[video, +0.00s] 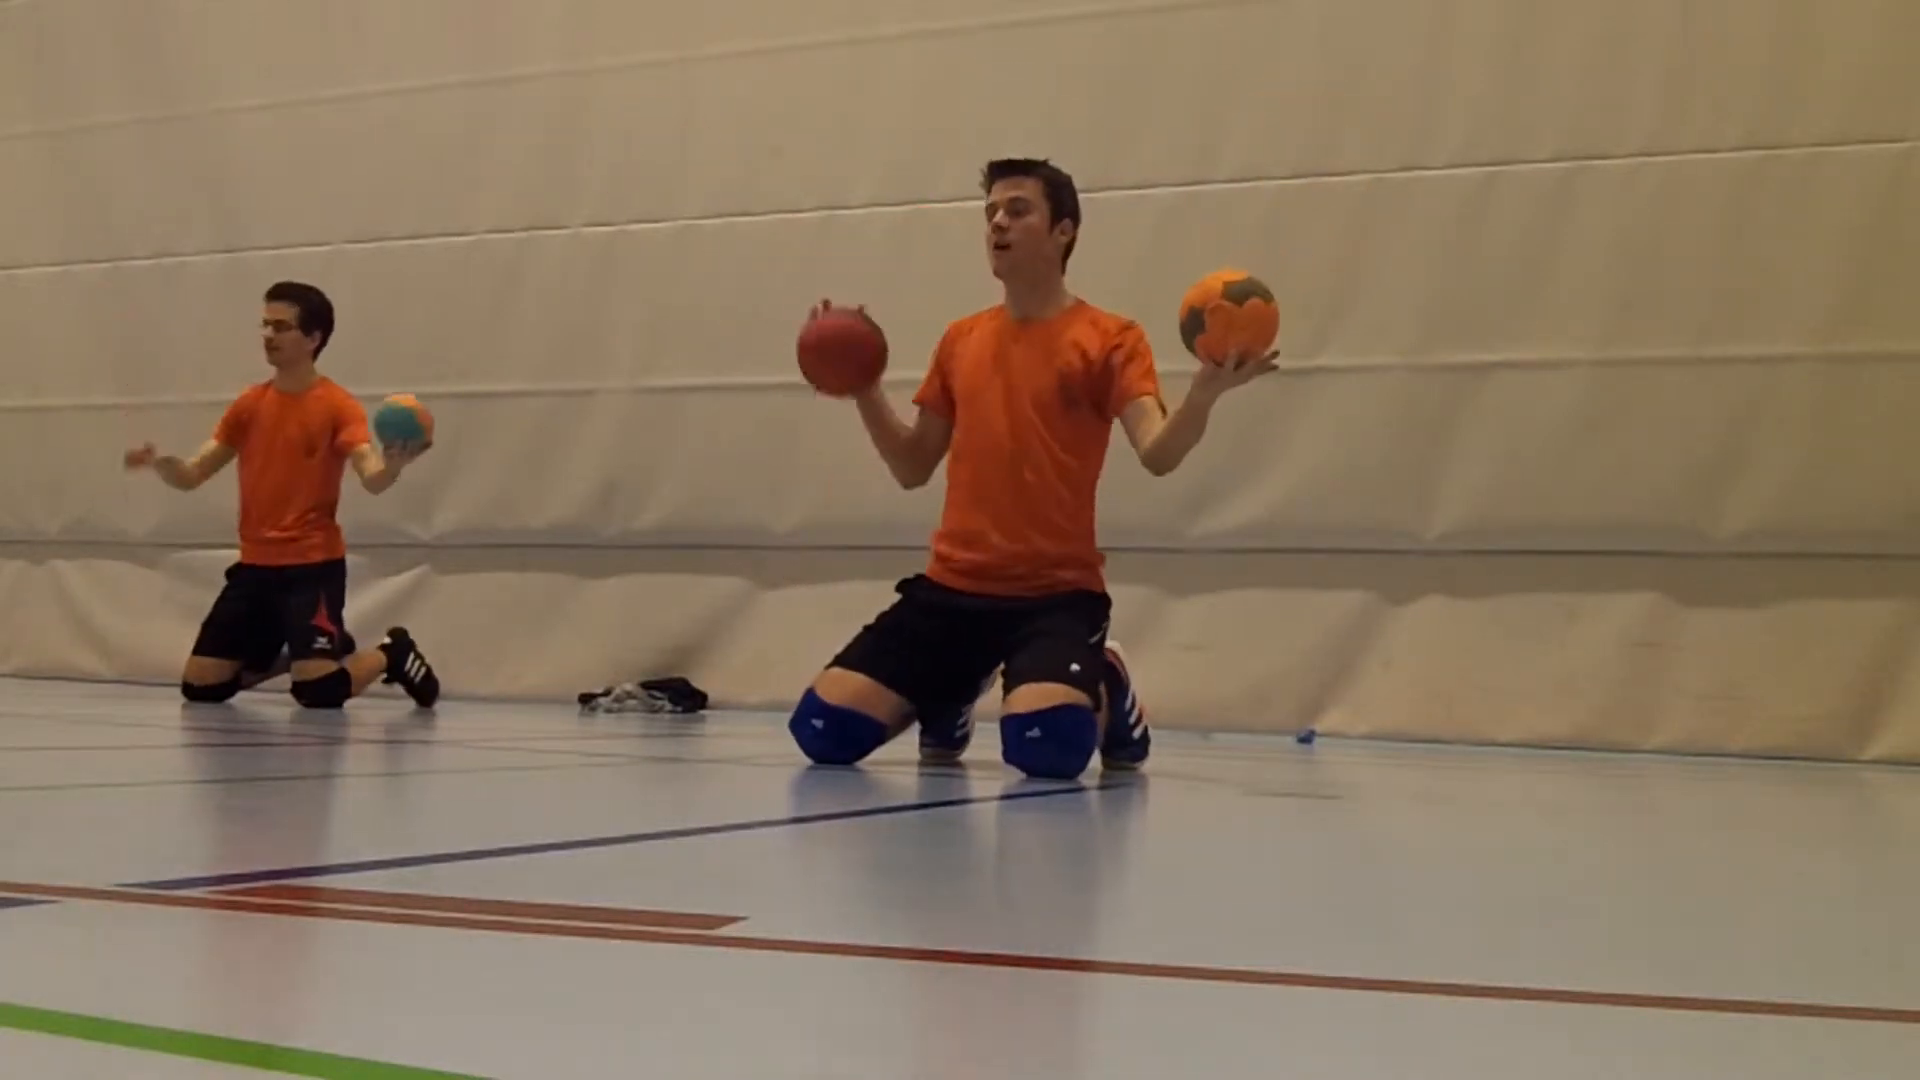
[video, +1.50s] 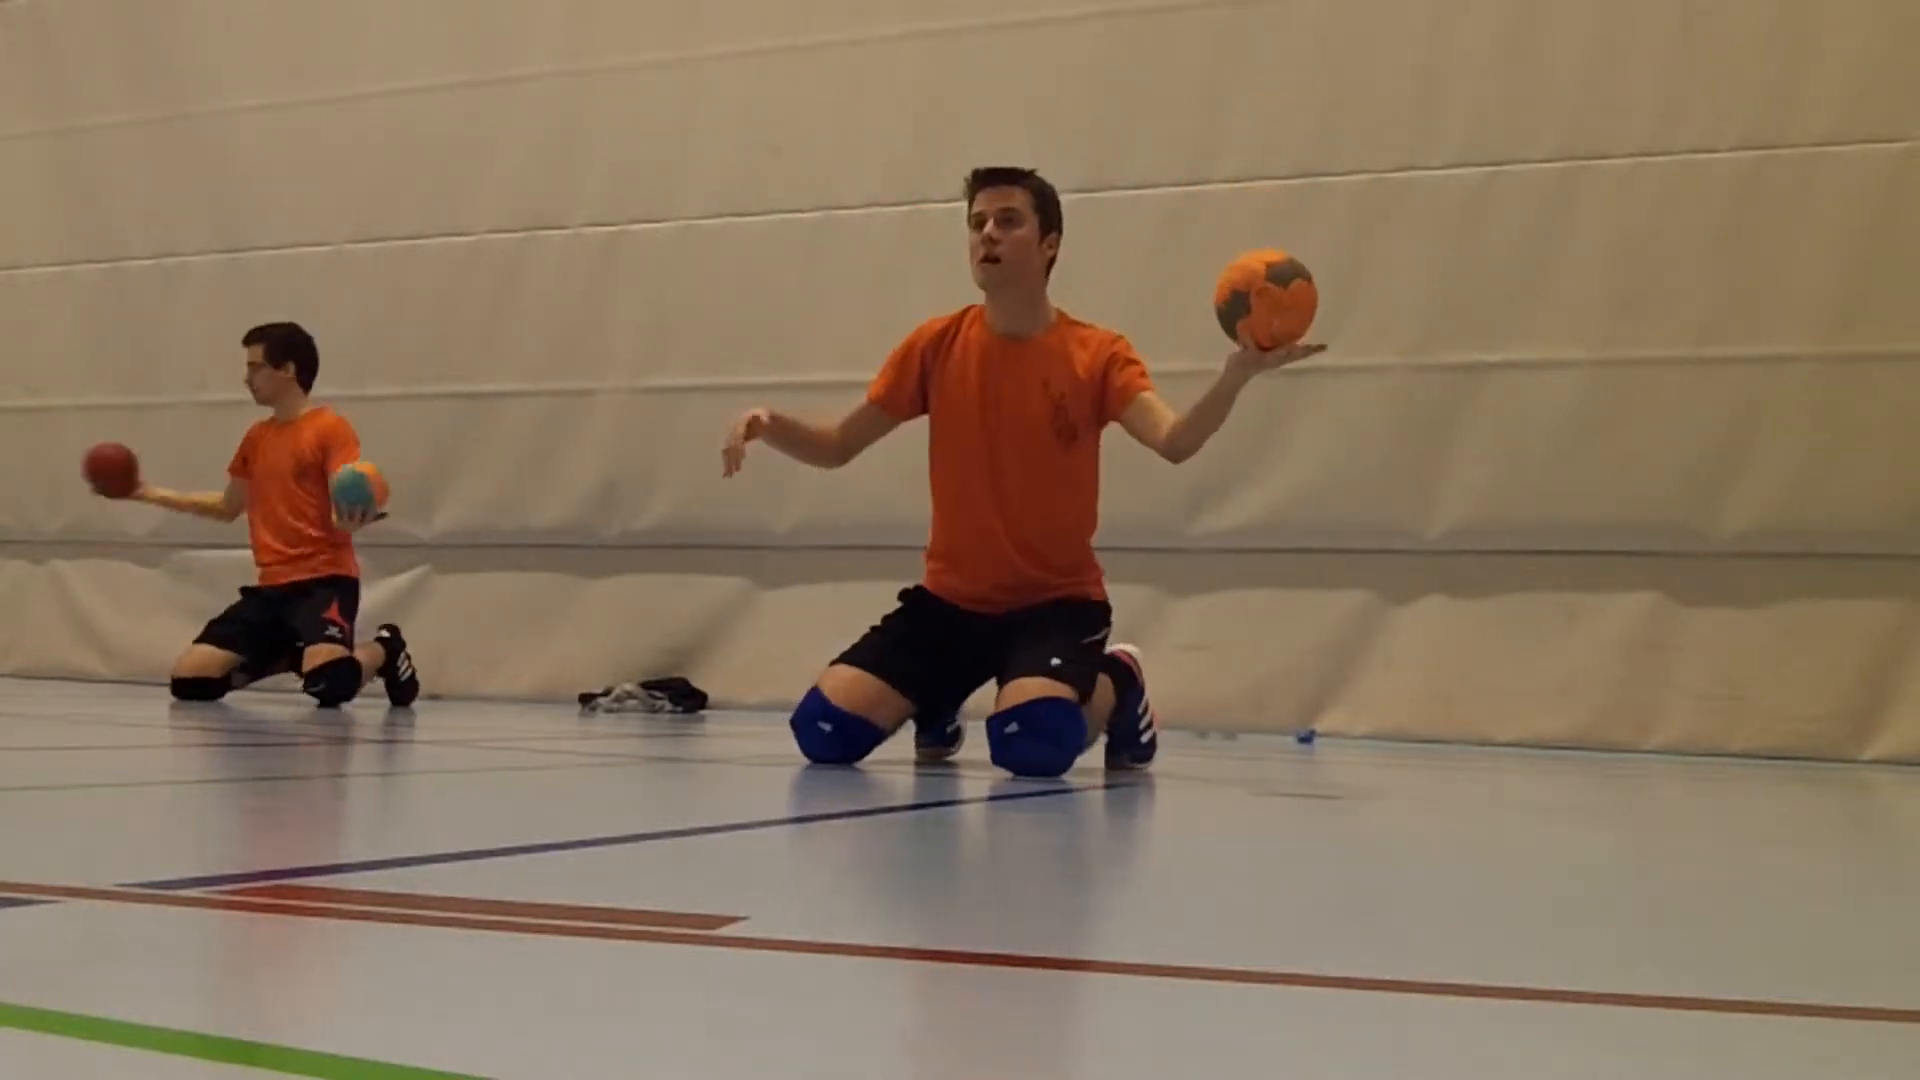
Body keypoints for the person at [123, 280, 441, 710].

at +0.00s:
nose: (268, 335)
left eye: (280, 326)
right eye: (266, 325)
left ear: (314, 338)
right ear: (261, 330)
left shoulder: (338, 406)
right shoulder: (250, 405)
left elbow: (373, 480)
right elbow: (192, 475)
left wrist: (394, 462)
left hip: (314, 569)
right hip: (254, 569)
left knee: (317, 691)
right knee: (201, 686)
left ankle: (394, 655)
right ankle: (306, 654)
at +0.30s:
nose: (273, 344)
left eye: (285, 334)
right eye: (269, 333)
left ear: (318, 344)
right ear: (265, 337)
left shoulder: (342, 409)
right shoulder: (255, 409)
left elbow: (392, 474)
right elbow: (239, 501)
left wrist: (454, 457)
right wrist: (207, 581)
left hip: (315, 574)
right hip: (254, 573)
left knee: (316, 692)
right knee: (195, 685)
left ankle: (369, 653)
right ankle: (306, 656)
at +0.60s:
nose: (265, 349)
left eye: (277, 338)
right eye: (264, 338)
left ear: (313, 347)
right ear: (264, 344)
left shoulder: (346, 415)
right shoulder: (259, 413)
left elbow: (391, 490)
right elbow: (251, 501)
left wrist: (458, 496)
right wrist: (214, 578)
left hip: (320, 575)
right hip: (260, 575)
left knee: (316, 691)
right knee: (196, 685)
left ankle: (372, 654)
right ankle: (304, 656)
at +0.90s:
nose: (252, 356)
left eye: (263, 345)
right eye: (249, 346)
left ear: (299, 353)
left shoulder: (338, 419)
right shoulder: (253, 423)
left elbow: (375, 496)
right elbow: (247, 515)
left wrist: (429, 518)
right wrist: (203, 584)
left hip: (322, 577)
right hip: (264, 580)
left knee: (315, 692)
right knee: (194, 685)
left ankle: (373, 653)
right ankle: (301, 655)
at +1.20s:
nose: (248, 367)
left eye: (259, 357)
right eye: (247, 358)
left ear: (296, 364)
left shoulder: (332, 421)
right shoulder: (257, 438)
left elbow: (359, 500)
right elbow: (247, 531)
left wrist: (391, 521)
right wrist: (179, 573)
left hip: (327, 584)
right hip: (271, 588)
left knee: (317, 692)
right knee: (195, 683)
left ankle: (377, 654)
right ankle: (306, 654)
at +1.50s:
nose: (246, 377)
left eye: (255, 367)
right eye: (247, 367)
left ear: (289, 371)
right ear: (276, 372)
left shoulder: (329, 428)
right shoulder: (258, 437)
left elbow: (346, 515)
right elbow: (226, 508)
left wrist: (355, 512)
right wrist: (144, 492)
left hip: (325, 585)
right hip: (270, 590)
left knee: (328, 685)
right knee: (188, 683)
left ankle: (386, 649)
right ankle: (298, 657)